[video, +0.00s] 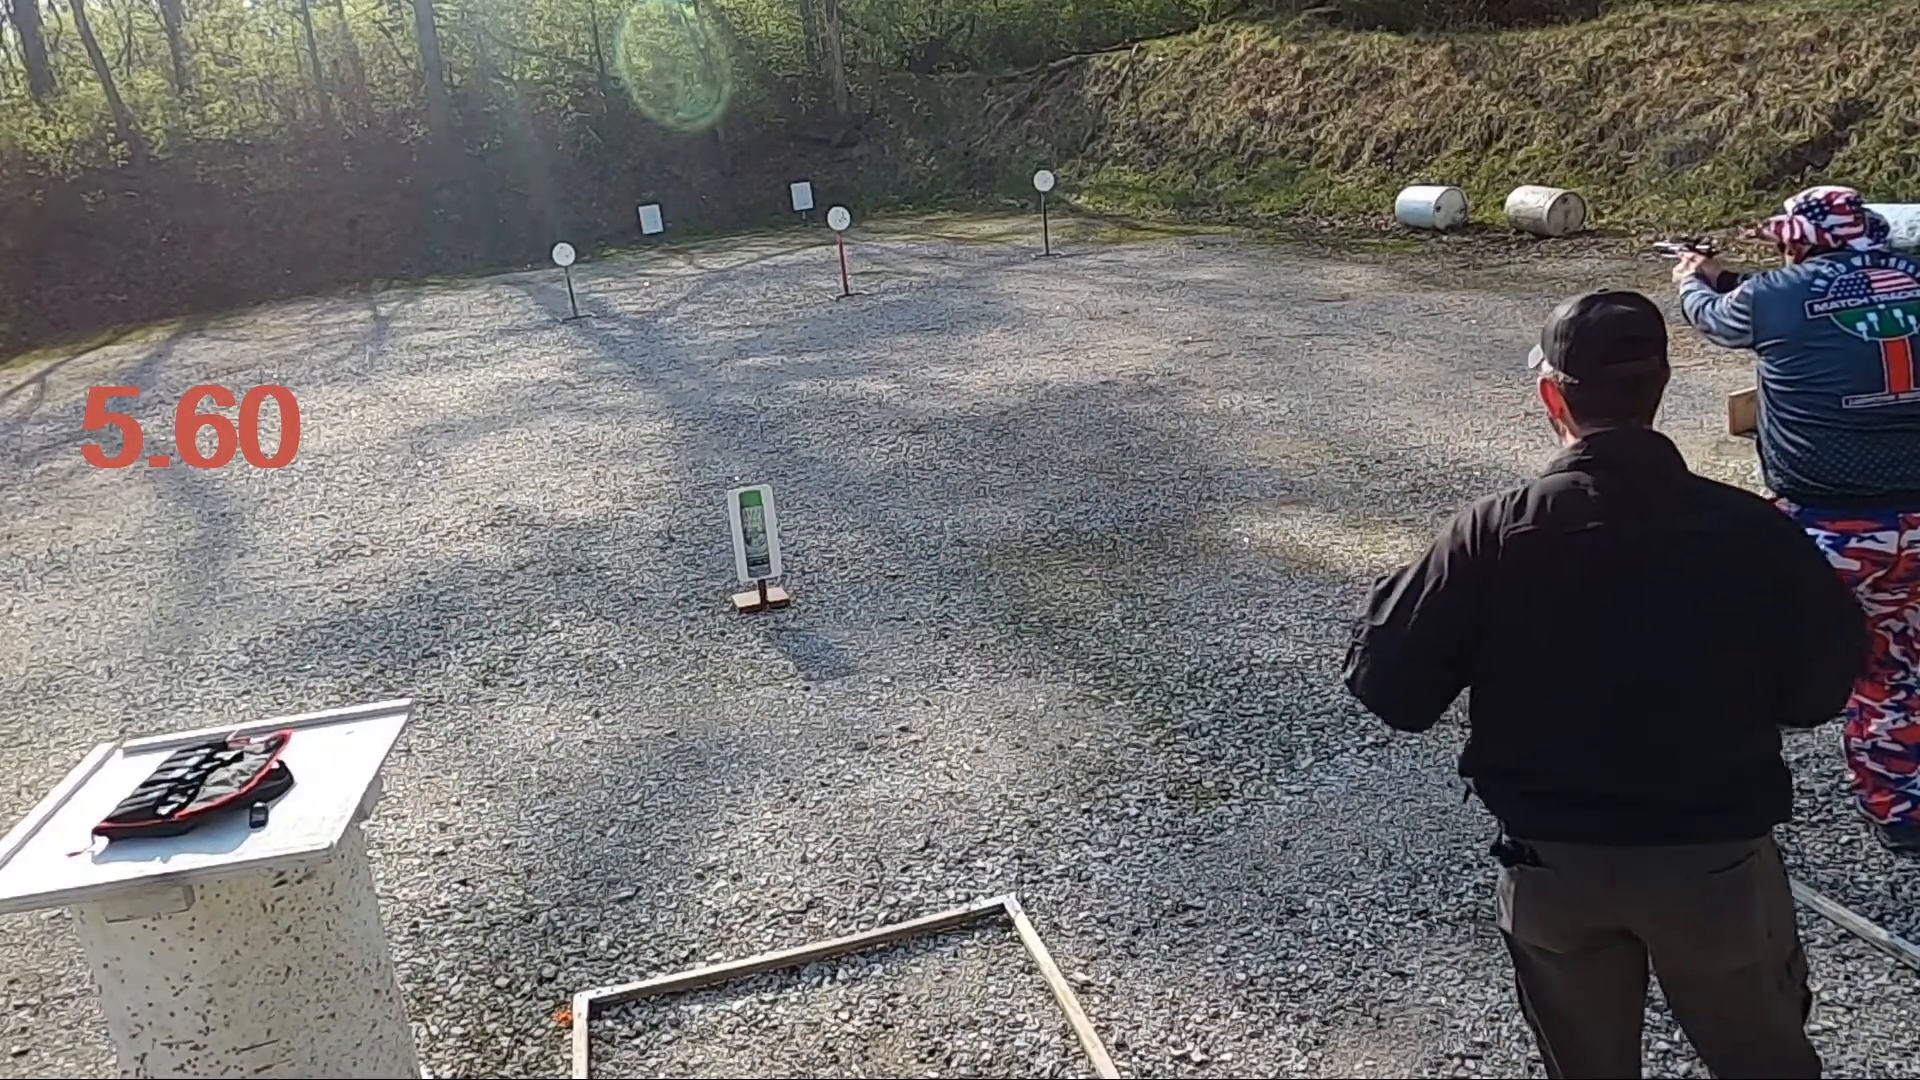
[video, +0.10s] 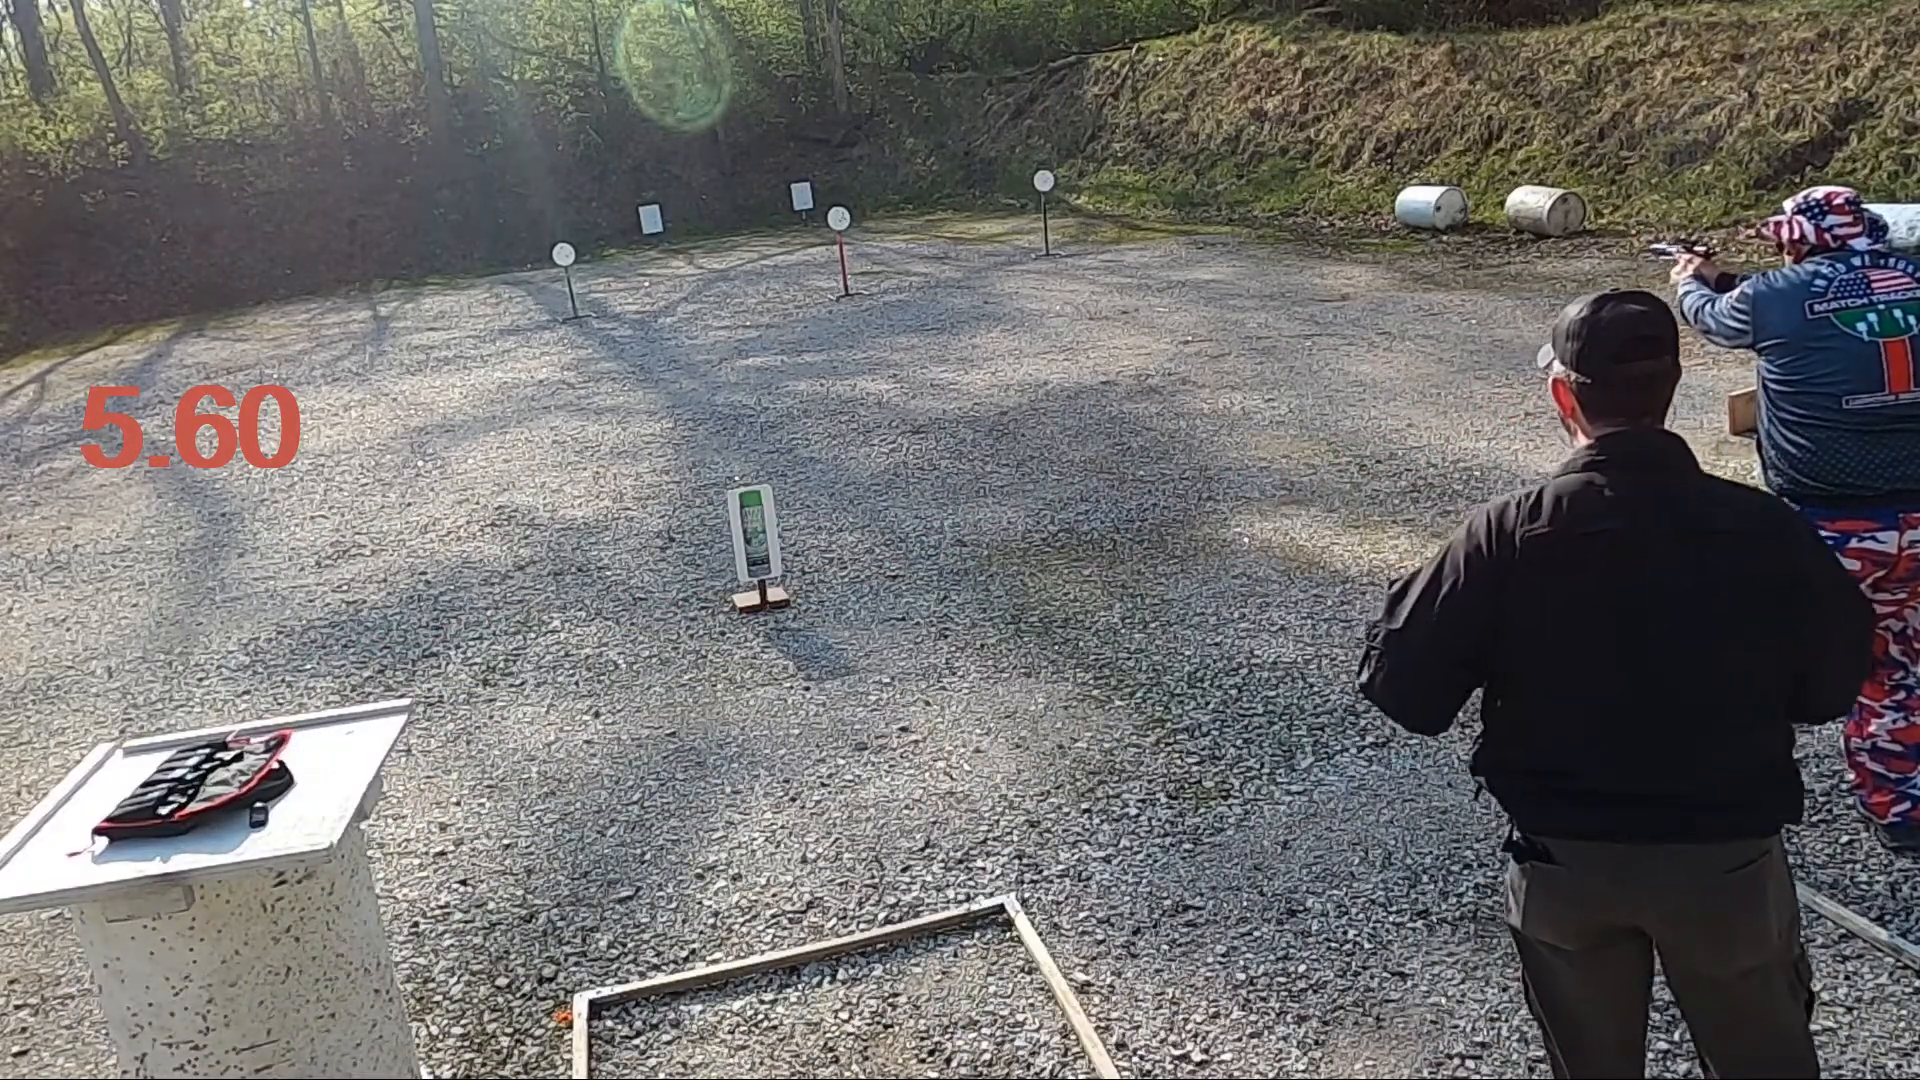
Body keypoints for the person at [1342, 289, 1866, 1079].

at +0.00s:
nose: (1543, 391)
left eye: (1543, 381)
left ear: (1553, 397)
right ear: (1661, 384)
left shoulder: (1493, 537)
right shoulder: (1756, 531)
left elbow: (1391, 687)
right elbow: (1829, 681)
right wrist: (1723, 673)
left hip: (1556, 878)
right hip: (1719, 876)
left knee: (1590, 1071)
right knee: (1771, 1065)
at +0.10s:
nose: (1553, 390)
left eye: (1553, 379)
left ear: (1565, 397)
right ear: (1672, 383)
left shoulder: (1508, 538)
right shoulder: (1769, 529)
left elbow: (1404, 687)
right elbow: (1838, 681)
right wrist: (1733, 671)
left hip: (1566, 876)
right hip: (1728, 875)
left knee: (1594, 1071)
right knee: (1773, 1068)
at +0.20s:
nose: (1566, 394)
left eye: (1567, 382)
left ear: (1579, 398)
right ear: (1682, 385)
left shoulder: (1526, 537)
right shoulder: (1783, 530)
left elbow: (1423, 691)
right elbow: (1850, 678)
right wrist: (1747, 667)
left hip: (1577, 872)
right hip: (1737, 871)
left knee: (1599, 1068)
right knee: (1770, 1067)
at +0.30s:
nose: (1579, 392)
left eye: (1580, 381)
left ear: (1592, 398)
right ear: (1695, 384)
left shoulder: (1541, 538)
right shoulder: (1793, 527)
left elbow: (1444, 698)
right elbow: (1860, 673)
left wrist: (1450, 607)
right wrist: (1761, 647)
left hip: (1590, 869)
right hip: (1749, 871)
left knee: (1604, 1067)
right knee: (1773, 1065)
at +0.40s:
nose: (1590, 392)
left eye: (1592, 380)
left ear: (1603, 397)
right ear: (1707, 384)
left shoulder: (1552, 537)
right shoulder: (1812, 525)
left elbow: (1458, 700)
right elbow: (1872, 672)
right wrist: (1769, 657)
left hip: (1600, 869)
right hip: (1761, 870)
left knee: (1610, 1067)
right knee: (1780, 1065)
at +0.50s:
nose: (1600, 388)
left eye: (1602, 377)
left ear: (1613, 395)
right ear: (1719, 381)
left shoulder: (1565, 538)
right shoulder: (1821, 527)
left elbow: (1465, 698)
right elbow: (1876, 671)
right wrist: (1774, 653)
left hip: (1610, 867)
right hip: (1769, 869)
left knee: (1616, 1065)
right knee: (1785, 1065)